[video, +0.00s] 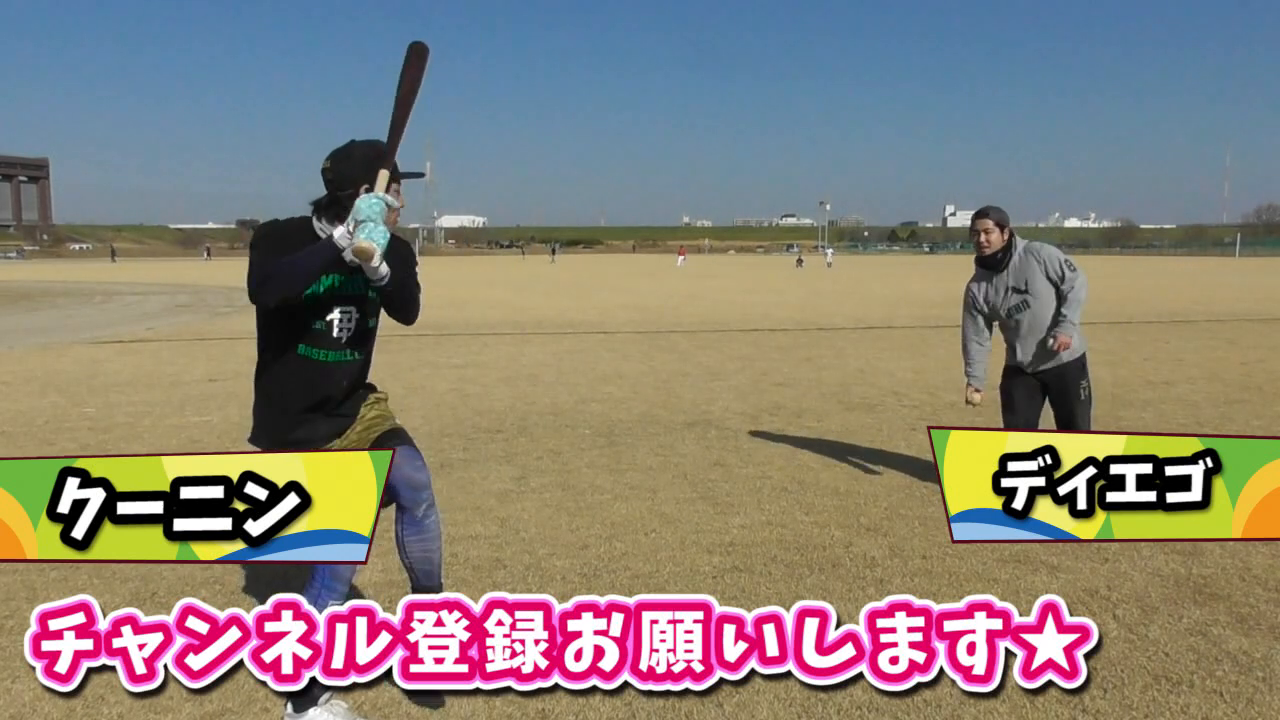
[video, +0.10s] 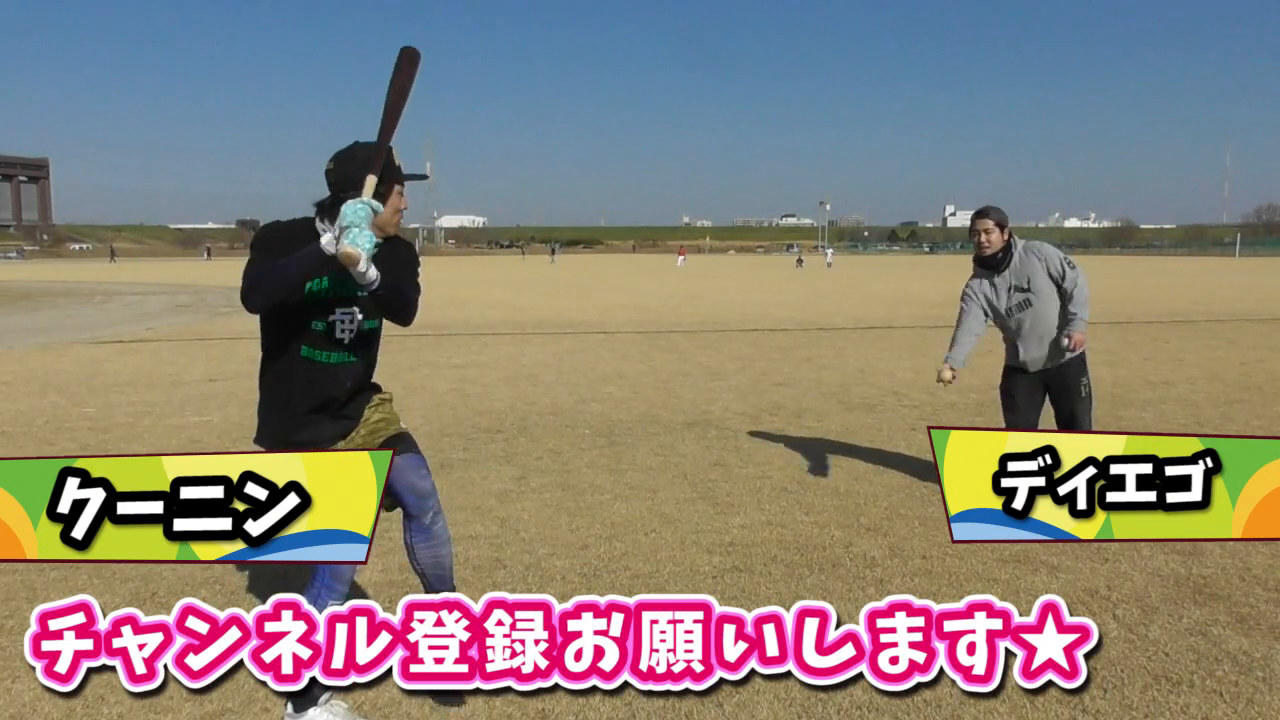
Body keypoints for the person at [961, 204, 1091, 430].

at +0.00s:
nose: (981, 239)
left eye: (988, 232)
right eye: (976, 233)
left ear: (1005, 233)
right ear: (971, 236)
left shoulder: (1039, 255)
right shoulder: (978, 289)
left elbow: (1075, 283)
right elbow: (975, 339)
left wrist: (1067, 327)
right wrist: (975, 381)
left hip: (1065, 363)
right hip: (1020, 369)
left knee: (1077, 440)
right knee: (1017, 440)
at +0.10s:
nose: (981, 239)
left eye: (988, 232)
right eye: (975, 233)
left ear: (1005, 234)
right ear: (971, 237)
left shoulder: (1040, 254)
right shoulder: (978, 286)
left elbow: (1076, 283)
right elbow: (967, 327)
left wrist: (1078, 326)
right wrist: (952, 363)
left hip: (1065, 361)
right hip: (1021, 368)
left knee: (1079, 438)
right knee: (1018, 440)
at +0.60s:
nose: (1008, 234)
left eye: (1015, 227)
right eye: (1002, 227)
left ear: (1030, 228)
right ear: (995, 229)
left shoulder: (1056, 258)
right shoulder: (989, 272)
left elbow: (1082, 298)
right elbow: (973, 314)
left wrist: (1097, 343)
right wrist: (970, 353)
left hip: (1060, 365)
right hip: (1014, 370)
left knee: (1079, 440)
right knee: (1012, 442)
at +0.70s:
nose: (1017, 234)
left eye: (1024, 227)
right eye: (1011, 227)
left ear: (1039, 227)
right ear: (1003, 228)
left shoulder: (1063, 260)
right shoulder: (993, 269)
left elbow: (1084, 305)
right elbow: (978, 316)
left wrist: (1092, 351)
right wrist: (977, 360)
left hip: (1060, 368)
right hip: (1014, 372)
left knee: (1078, 441)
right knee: (1012, 443)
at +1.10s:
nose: (1050, 237)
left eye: (1058, 232)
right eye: (1045, 229)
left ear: (1073, 232)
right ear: (1038, 226)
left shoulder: (1087, 268)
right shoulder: (1014, 261)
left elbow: (1087, 317)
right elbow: (992, 304)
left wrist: (1057, 352)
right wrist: (991, 346)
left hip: (1061, 371)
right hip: (1014, 371)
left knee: (1076, 443)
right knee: (1013, 444)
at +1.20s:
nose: (1055, 245)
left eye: (1063, 239)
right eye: (1051, 237)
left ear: (1077, 237)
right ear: (1043, 229)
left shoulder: (1088, 270)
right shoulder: (1016, 262)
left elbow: (1091, 317)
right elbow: (997, 305)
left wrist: (1058, 350)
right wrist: (999, 345)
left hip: (1061, 371)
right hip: (1014, 369)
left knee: (1075, 441)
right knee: (1013, 443)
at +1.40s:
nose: (1065, 274)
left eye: (1072, 270)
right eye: (1060, 268)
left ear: (1081, 263)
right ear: (1050, 256)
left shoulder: (1089, 282)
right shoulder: (1018, 272)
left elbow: (1091, 331)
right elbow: (999, 316)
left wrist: (1078, 375)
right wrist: (1006, 360)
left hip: (1060, 372)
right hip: (1015, 369)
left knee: (1077, 441)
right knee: (1012, 442)